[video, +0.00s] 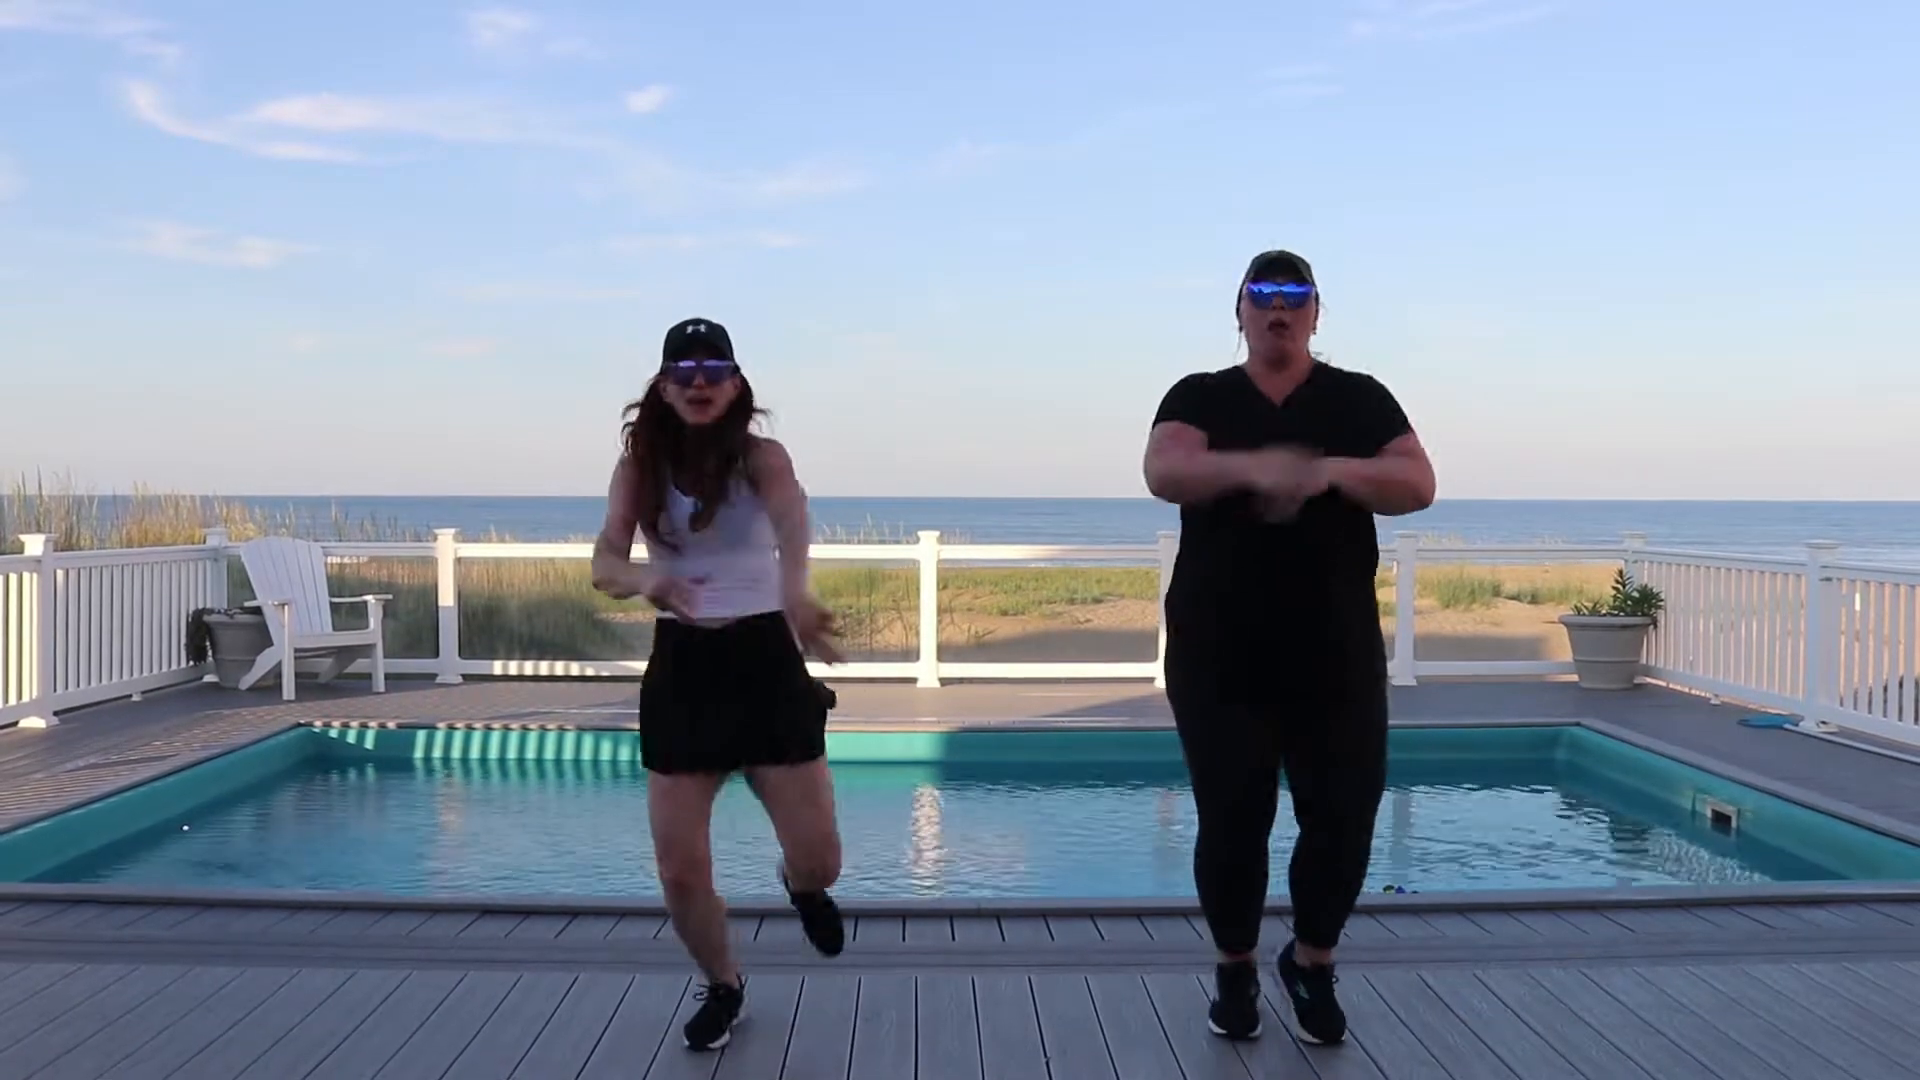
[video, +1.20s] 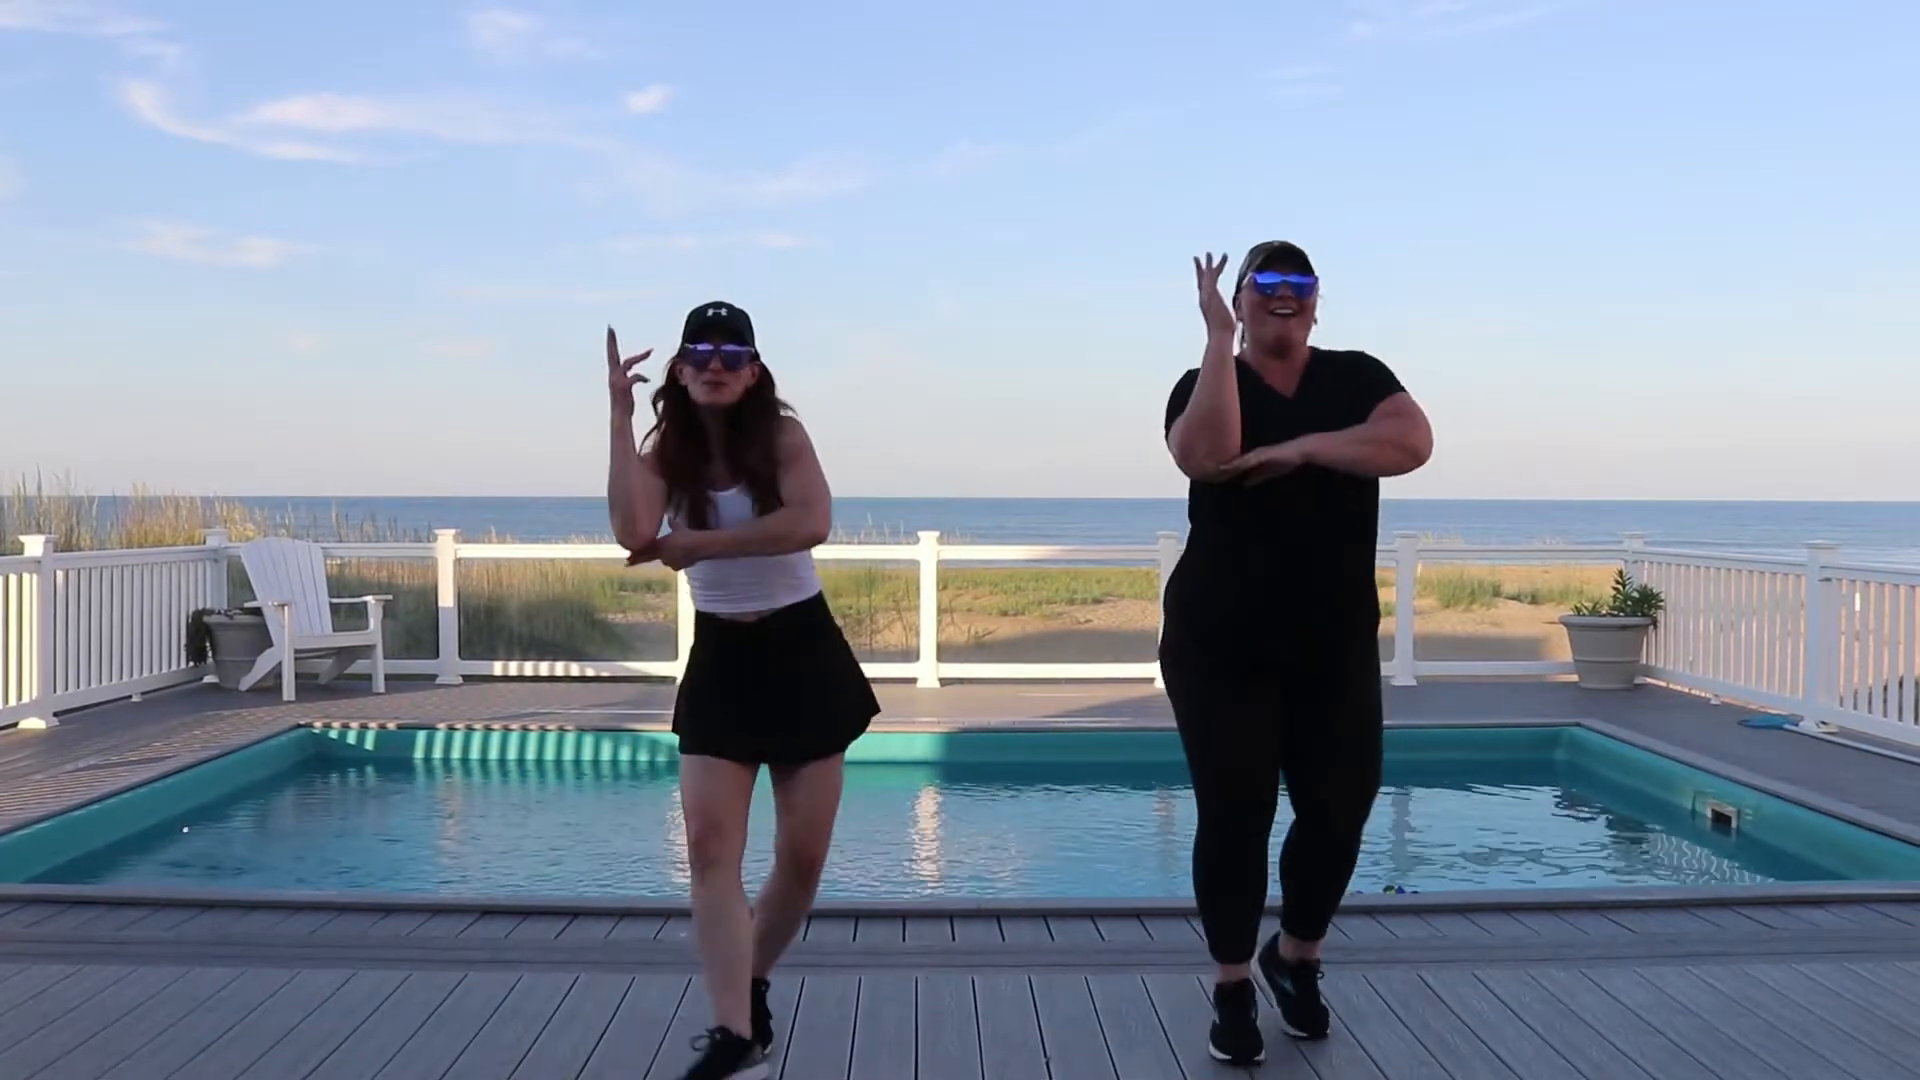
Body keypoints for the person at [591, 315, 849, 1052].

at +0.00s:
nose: (699, 385)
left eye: (714, 372)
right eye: (683, 373)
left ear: (736, 381)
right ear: (662, 383)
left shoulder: (762, 457)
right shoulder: (641, 464)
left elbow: (793, 525)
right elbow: (606, 564)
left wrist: (796, 596)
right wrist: (646, 578)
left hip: (767, 658)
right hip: (681, 663)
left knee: (818, 859)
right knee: (679, 869)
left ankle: (805, 888)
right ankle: (723, 983)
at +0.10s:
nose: (707, 395)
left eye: (722, 381)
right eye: (691, 383)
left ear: (744, 391)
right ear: (671, 394)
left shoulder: (763, 467)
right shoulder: (642, 469)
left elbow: (814, 499)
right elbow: (619, 564)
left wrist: (832, 495)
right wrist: (725, 566)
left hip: (746, 670)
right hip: (664, 673)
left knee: (807, 859)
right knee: (659, 879)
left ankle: (787, 909)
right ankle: (721, 982)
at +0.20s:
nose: (721, 380)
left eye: (737, 368)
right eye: (707, 368)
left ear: (759, 378)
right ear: (686, 377)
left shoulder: (763, 456)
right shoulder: (656, 436)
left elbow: (828, 494)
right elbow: (637, 520)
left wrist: (845, 413)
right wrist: (749, 529)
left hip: (737, 657)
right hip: (652, 661)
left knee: (773, 840)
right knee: (658, 866)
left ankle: (754, 989)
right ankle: (713, 981)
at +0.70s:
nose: (728, 369)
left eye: (743, 356)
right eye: (713, 358)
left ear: (764, 365)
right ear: (693, 367)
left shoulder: (771, 448)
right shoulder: (673, 426)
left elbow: (822, 513)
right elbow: (641, 504)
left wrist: (860, 429)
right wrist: (750, 539)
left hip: (722, 648)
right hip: (640, 645)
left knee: (737, 843)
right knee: (624, 845)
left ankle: (705, 1004)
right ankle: (626, 976)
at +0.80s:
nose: (728, 365)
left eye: (743, 351)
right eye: (713, 351)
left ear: (766, 360)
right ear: (692, 358)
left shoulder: (784, 444)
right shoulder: (670, 424)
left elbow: (818, 510)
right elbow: (619, 493)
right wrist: (709, 549)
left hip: (748, 645)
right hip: (664, 638)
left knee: (745, 857)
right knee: (621, 854)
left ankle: (725, 984)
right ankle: (633, 955)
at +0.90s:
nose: (730, 388)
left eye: (744, 376)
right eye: (714, 376)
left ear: (765, 386)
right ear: (691, 387)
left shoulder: (789, 470)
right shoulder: (668, 460)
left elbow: (824, 567)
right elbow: (592, 492)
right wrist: (675, 473)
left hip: (768, 671)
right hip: (682, 666)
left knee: (765, 876)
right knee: (624, 855)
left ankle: (733, 997)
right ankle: (654, 961)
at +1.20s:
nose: (713, 367)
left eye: (730, 356)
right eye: (699, 356)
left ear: (754, 367)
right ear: (678, 369)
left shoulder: (780, 431)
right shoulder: (669, 447)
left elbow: (812, 521)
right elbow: (633, 532)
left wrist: (701, 544)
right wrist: (623, 417)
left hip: (806, 651)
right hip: (721, 655)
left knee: (803, 862)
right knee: (709, 845)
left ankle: (748, 977)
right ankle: (736, 1031)